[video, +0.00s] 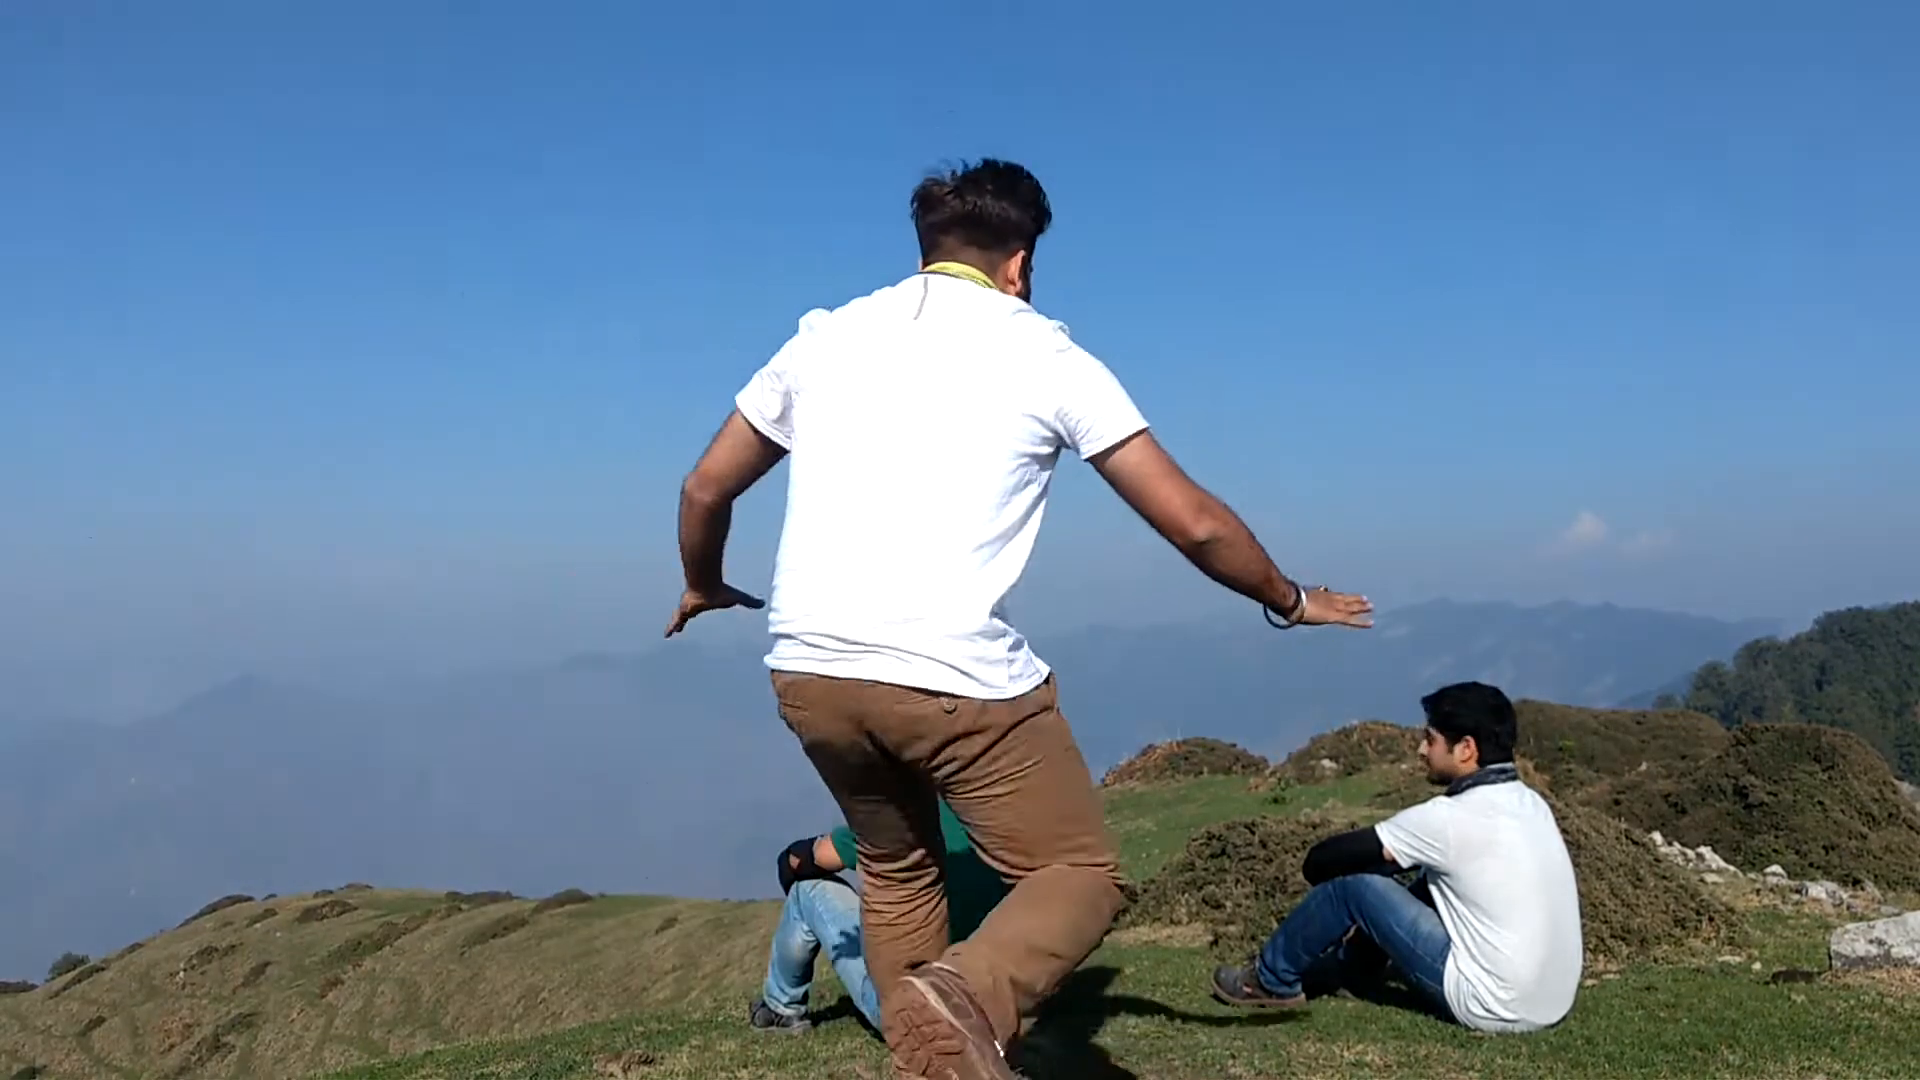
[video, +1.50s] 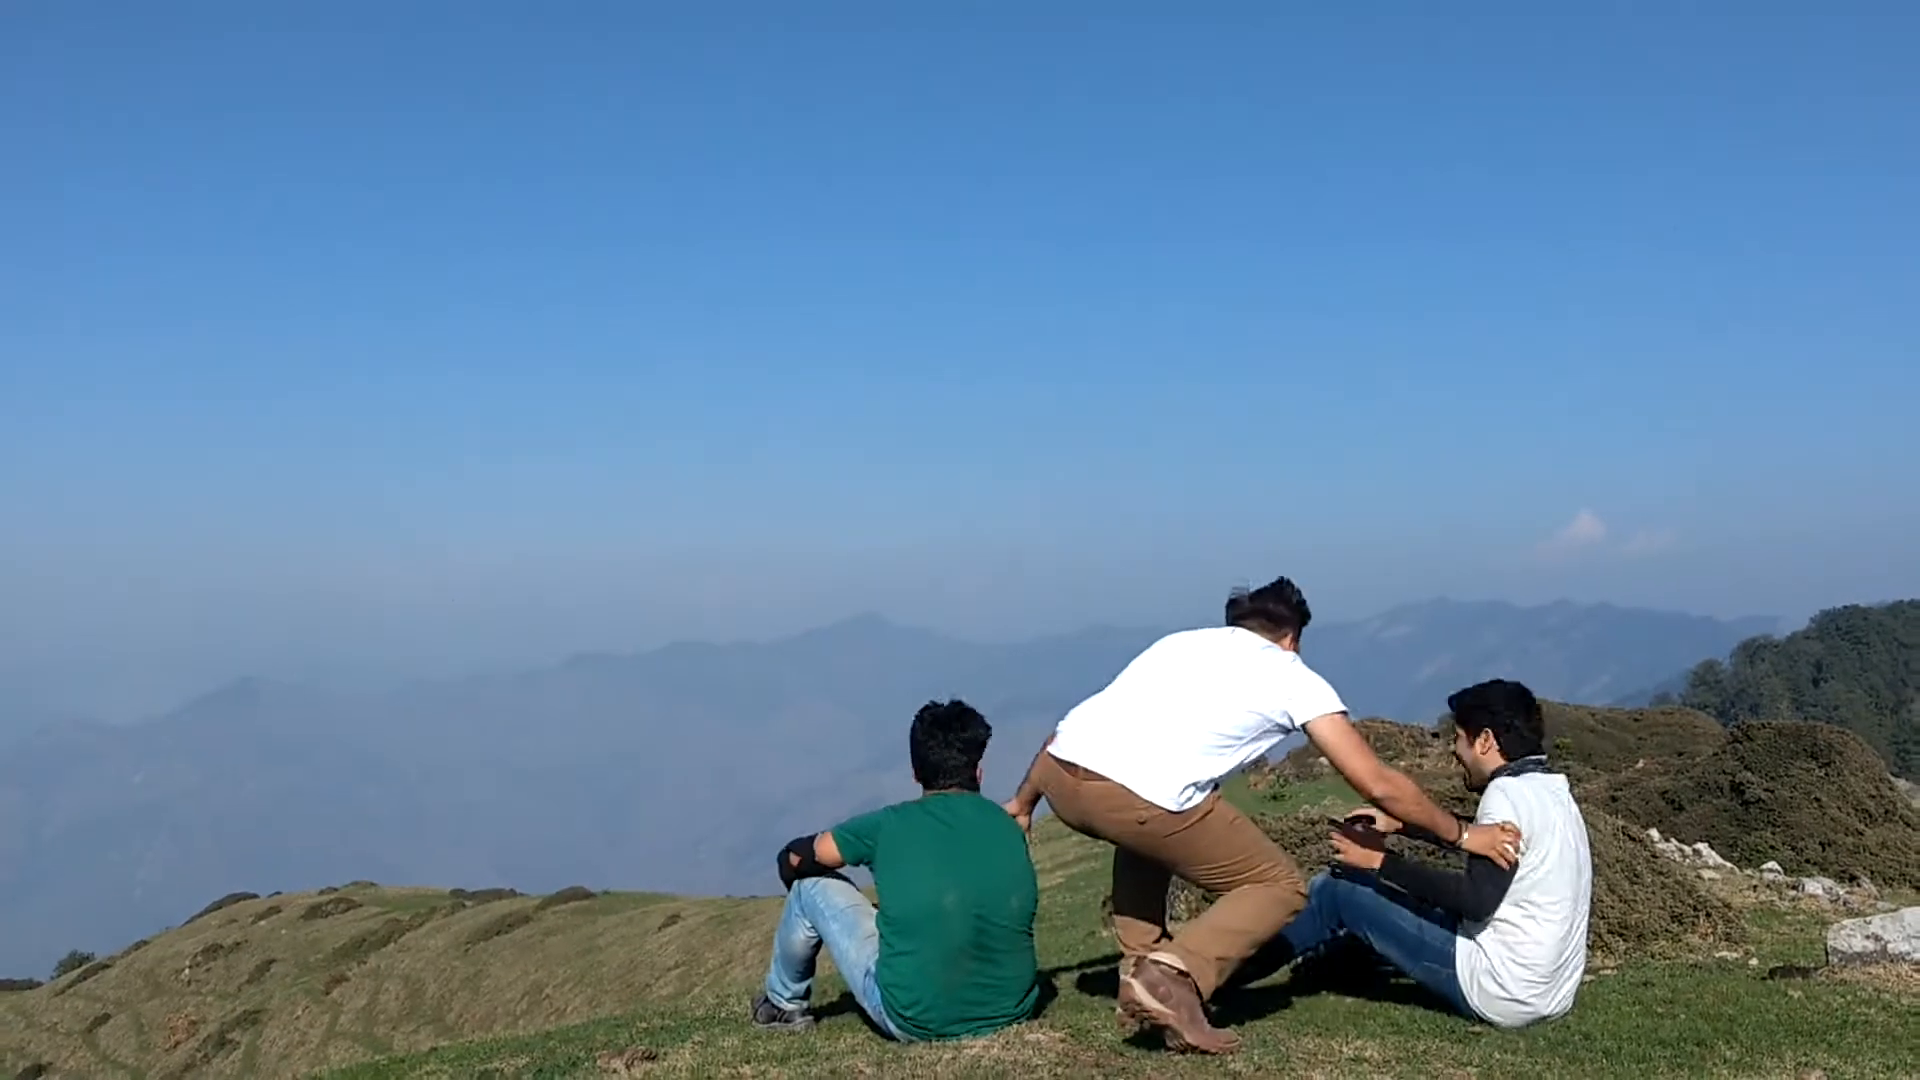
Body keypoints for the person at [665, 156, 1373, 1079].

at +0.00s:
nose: (1033, 281)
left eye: (1030, 263)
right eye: (1033, 262)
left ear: (922, 251)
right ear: (1016, 264)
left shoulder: (823, 339)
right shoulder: (1046, 356)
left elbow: (705, 489)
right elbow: (1194, 523)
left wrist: (702, 583)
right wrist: (1286, 597)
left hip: (813, 674)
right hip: (954, 675)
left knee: (897, 869)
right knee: (1072, 867)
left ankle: (929, 1067)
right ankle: (972, 999)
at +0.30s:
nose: (1174, 433)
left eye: (1174, 419)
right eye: (1175, 418)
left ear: (1088, 403)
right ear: (1160, 418)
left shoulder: (1008, 458)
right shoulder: (1174, 492)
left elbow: (931, 572)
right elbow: (1279, 636)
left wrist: (982, 640)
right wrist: (1322, 737)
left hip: (956, 718)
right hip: (1074, 740)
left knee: (973, 883)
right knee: (1134, 880)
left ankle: (959, 1016)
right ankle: (1166, 1024)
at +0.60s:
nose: (1273, 596)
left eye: (1276, 586)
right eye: (1275, 585)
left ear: (1202, 559)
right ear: (1261, 581)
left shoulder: (1131, 573)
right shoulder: (1259, 635)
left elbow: (1034, 654)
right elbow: (1334, 756)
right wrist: (1403, 807)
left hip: (1015, 738)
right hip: (1105, 766)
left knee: (1094, 818)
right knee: (1227, 839)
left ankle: (1123, 985)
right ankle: (1177, 1018)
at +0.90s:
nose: (1317, 643)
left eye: (1320, 632)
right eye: (1319, 632)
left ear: (1252, 609)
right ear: (1299, 624)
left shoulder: (1186, 628)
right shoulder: (1286, 668)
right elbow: (1389, 781)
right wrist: (1470, 831)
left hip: (1044, 765)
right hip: (1115, 784)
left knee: (1156, 830)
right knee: (1268, 861)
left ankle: (1144, 974)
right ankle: (1174, 983)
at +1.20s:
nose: (1324, 642)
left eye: (1325, 632)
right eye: (1323, 632)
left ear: (1258, 616)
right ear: (1302, 626)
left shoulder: (1197, 636)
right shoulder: (1300, 672)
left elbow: (1106, 710)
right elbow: (1393, 777)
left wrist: (1025, 787)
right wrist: (1476, 831)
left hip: (1063, 779)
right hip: (1131, 796)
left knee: (1168, 827)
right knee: (1278, 878)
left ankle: (1147, 980)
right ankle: (1178, 974)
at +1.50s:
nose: (1300, 651)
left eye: (1298, 645)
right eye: (1302, 644)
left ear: (1236, 623)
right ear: (1291, 637)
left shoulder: (1179, 643)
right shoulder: (1291, 676)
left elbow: (1075, 724)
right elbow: (1378, 785)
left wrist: (1022, 798)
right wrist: (1463, 834)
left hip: (1065, 777)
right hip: (1143, 797)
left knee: (1148, 829)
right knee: (1276, 882)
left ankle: (1143, 970)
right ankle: (1177, 970)